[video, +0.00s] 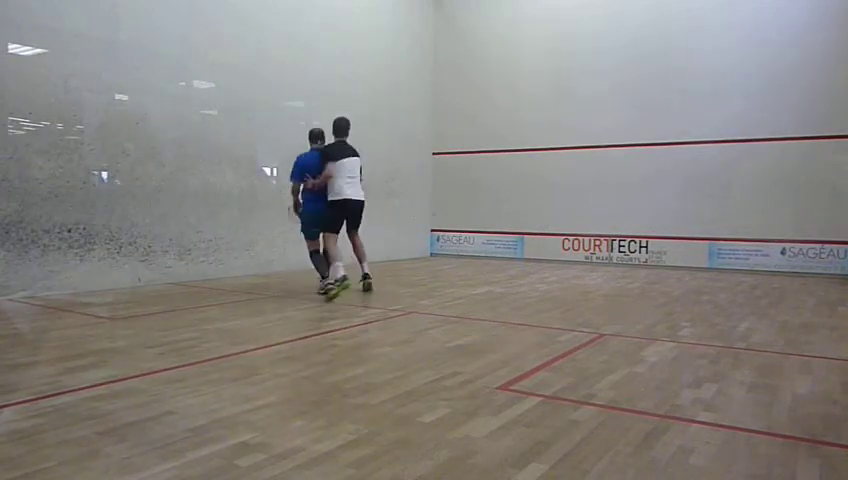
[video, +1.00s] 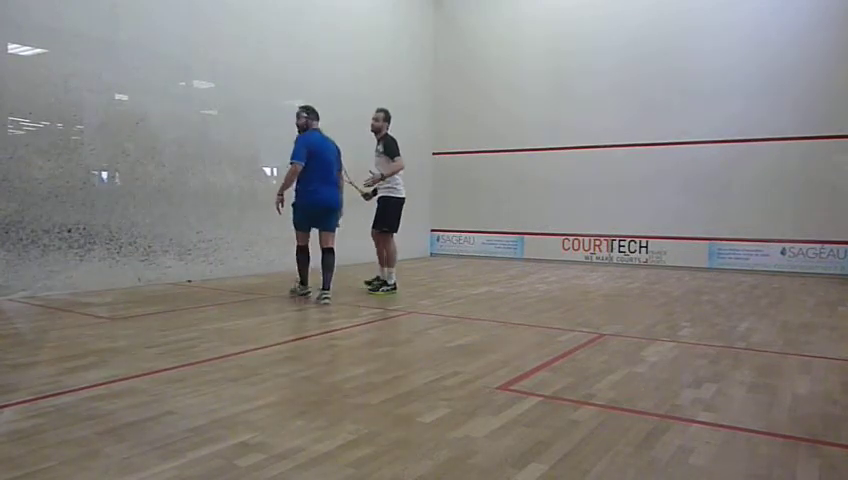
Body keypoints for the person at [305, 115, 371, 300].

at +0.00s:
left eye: (335, 130)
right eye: (345, 129)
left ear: (332, 131)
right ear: (348, 132)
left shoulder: (327, 150)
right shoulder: (354, 152)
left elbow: (328, 175)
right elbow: (359, 177)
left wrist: (314, 183)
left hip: (337, 199)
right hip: (357, 198)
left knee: (330, 238)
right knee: (354, 234)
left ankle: (339, 273)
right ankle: (366, 271)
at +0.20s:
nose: (339, 133)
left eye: (340, 129)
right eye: (342, 129)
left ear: (341, 131)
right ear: (355, 131)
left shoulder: (350, 144)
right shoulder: (353, 148)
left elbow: (351, 156)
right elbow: (349, 181)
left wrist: (324, 160)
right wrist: (332, 187)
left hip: (359, 199)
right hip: (357, 199)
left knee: (347, 239)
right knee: (348, 239)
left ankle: (362, 280)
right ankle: (361, 278)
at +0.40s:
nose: (344, 130)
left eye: (345, 126)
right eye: (344, 126)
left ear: (352, 127)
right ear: (355, 128)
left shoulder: (360, 141)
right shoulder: (355, 149)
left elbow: (369, 157)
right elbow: (359, 180)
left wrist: (343, 159)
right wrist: (338, 187)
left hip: (370, 196)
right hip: (363, 196)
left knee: (362, 236)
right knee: (356, 236)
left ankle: (382, 279)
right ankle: (362, 277)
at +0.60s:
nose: (353, 127)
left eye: (356, 123)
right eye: (354, 123)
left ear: (365, 126)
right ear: (364, 126)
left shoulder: (371, 142)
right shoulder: (365, 147)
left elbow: (381, 161)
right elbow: (371, 178)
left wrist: (357, 164)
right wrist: (354, 189)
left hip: (377, 197)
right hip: (370, 197)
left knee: (370, 237)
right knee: (362, 236)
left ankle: (389, 280)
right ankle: (362, 277)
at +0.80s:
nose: (364, 125)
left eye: (368, 122)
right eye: (364, 121)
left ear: (377, 125)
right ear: (367, 124)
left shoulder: (381, 142)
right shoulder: (372, 145)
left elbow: (391, 163)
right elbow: (381, 174)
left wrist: (367, 171)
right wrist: (366, 191)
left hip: (386, 196)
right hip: (378, 195)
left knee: (378, 237)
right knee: (372, 236)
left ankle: (390, 281)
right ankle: (365, 276)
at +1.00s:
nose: (372, 123)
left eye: (377, 120)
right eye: (372, 119)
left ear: (386, 124)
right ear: (374, 122)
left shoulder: (388, 141)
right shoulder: (379, 144)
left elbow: (399, 164)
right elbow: (386, 172)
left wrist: (379, 177)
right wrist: (374, 190)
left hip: (393, 195)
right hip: (385, 194)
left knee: (386, 235)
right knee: (377, 234)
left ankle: (390, 280)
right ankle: (383, 276)